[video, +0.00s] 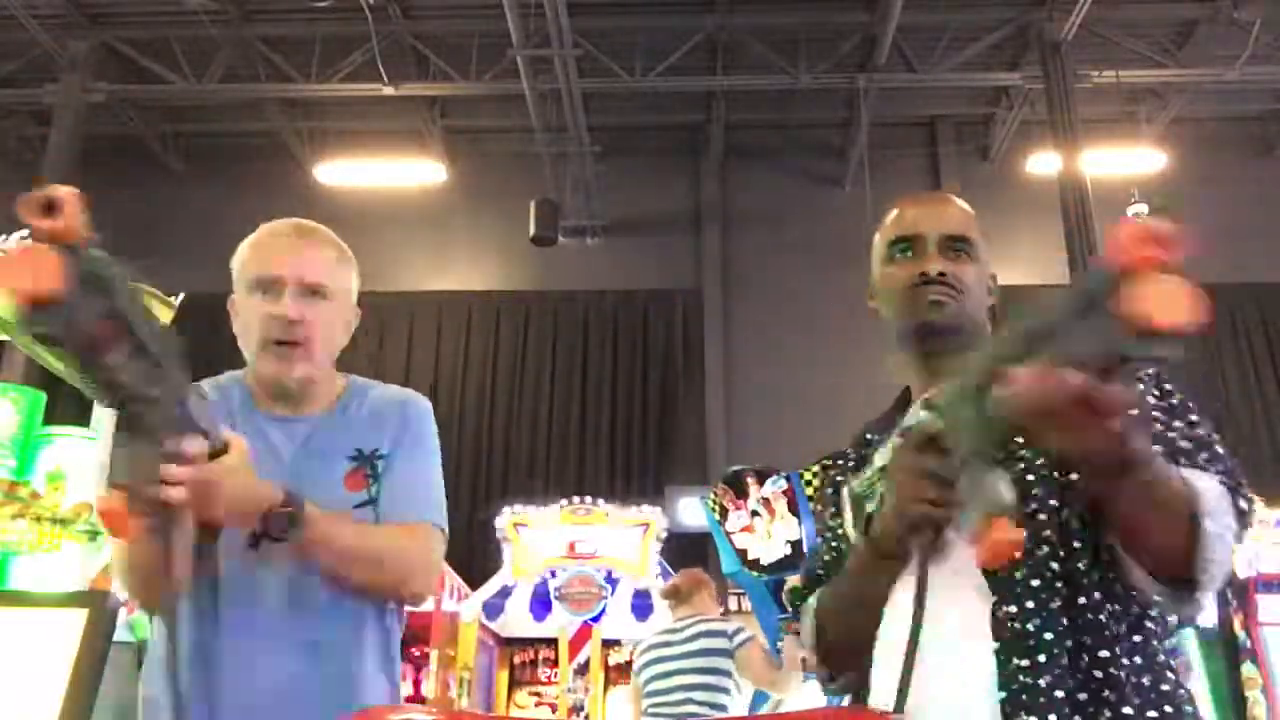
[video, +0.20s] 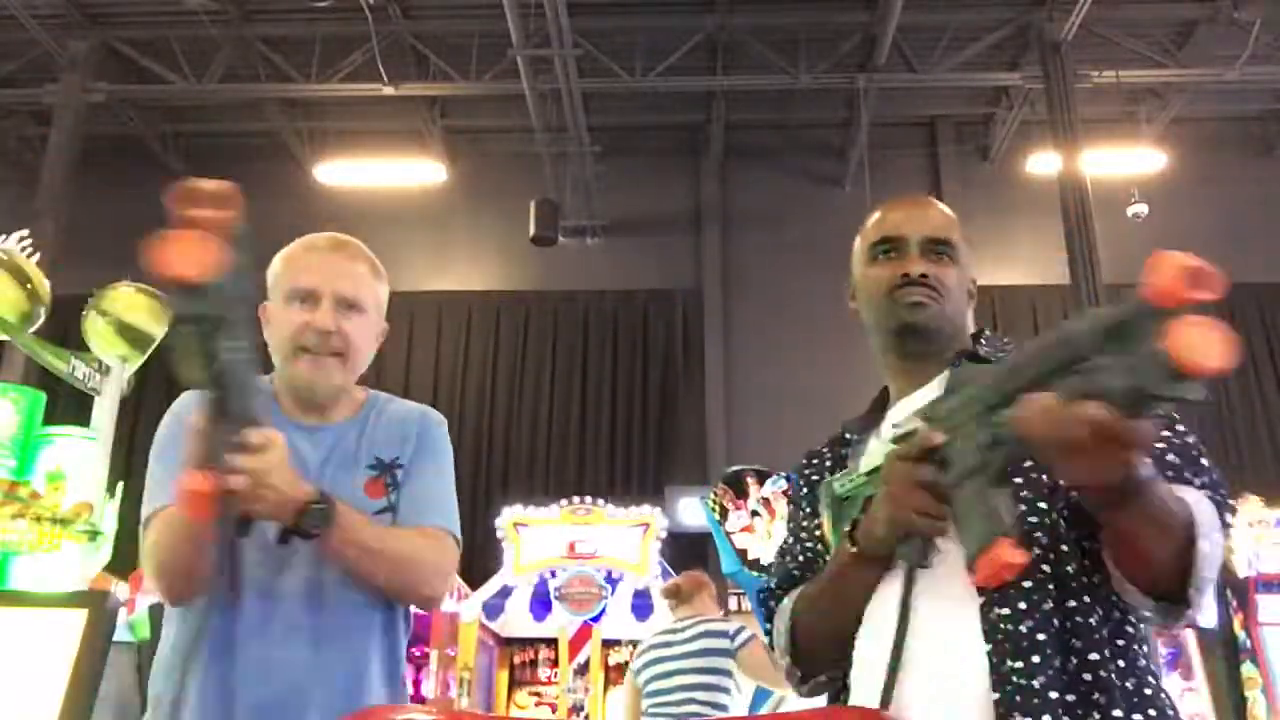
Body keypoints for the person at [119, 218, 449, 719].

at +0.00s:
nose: (288, 312)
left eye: (313, 294)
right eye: (267, 291)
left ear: (352, 319)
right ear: (235, 314)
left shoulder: (400, 418)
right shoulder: (184, 415)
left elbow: (416, 569)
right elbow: (152, 592)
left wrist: (266, 509)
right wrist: (160, 500)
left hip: (345, 709)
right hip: (196, 709)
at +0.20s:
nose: (324, 322)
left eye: (349, 306)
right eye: (304, 300)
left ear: (379, 335)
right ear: (265, 318)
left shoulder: (416, 431)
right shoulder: (200, 416)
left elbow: (431, 577)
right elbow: (173, 583)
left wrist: (300, 505)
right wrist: (204, 477)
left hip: (353, 709)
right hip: (205, 707)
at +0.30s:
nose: (335, 329)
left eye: (358, 315)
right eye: (316, 307)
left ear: (383, 335)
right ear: (277, 323)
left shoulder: (420, 439)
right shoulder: (213, 419)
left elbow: (450, 582)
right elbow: (203, 574)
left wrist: (358, 525)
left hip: (363, 709)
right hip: (213, 708)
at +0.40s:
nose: (335, 331)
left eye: (361, 314)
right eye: (315, 307)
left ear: (391, 339)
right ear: (278, 325)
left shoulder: (418, 441)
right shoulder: (213, 420)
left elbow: (451, 583)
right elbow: (206, 577)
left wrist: (363, 537)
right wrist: (280, 541)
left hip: (369, 710)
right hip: (218, 709)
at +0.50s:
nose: (315, 326)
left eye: (341, 309)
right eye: (295, 304)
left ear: (374, 333)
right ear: (260, 319)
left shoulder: (409, 429)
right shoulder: (194, 422)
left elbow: (435, 573)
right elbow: (182, 583)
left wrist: (316, 517)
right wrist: (234, 512)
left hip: (356, 707)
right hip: (203, 708)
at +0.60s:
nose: (288, 321)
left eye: (315, 303)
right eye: (270, 298)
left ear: (357, 326)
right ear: (241, 310)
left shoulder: (398, 421)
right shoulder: (185, 414)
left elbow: (413, 564)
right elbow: (151, 582)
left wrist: (268, 486)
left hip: (343, 709)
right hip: (188, 709)